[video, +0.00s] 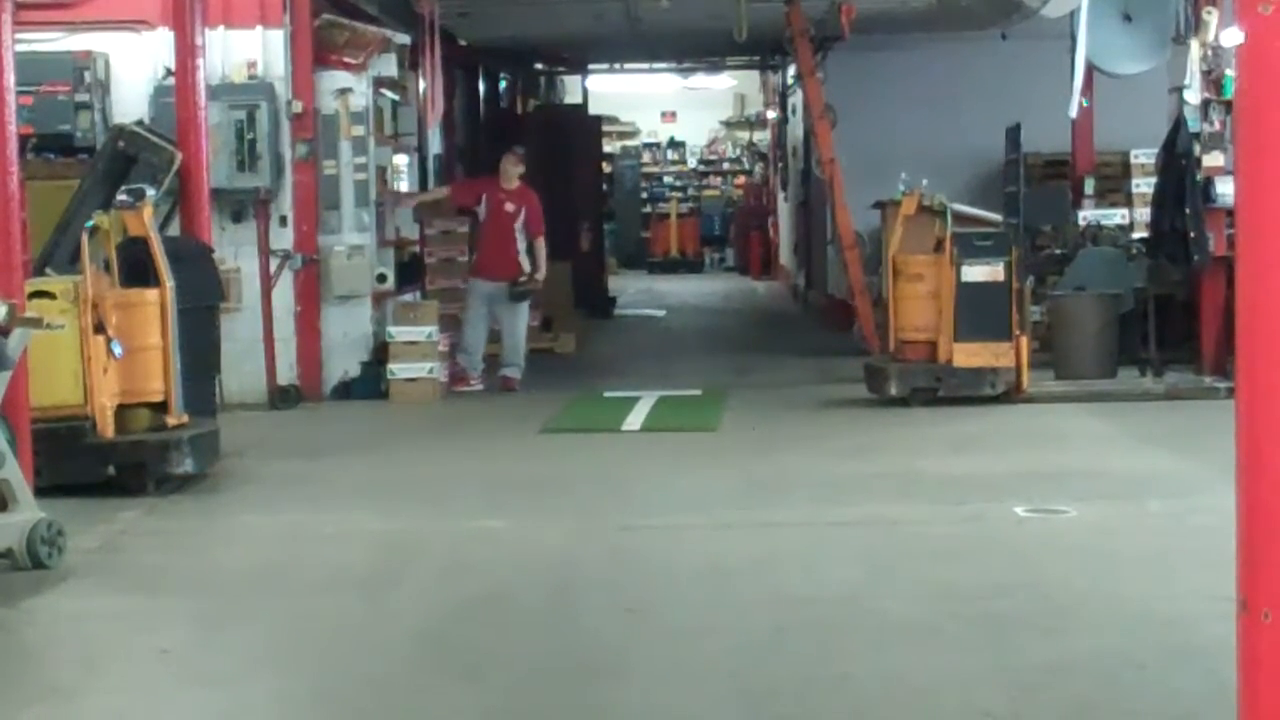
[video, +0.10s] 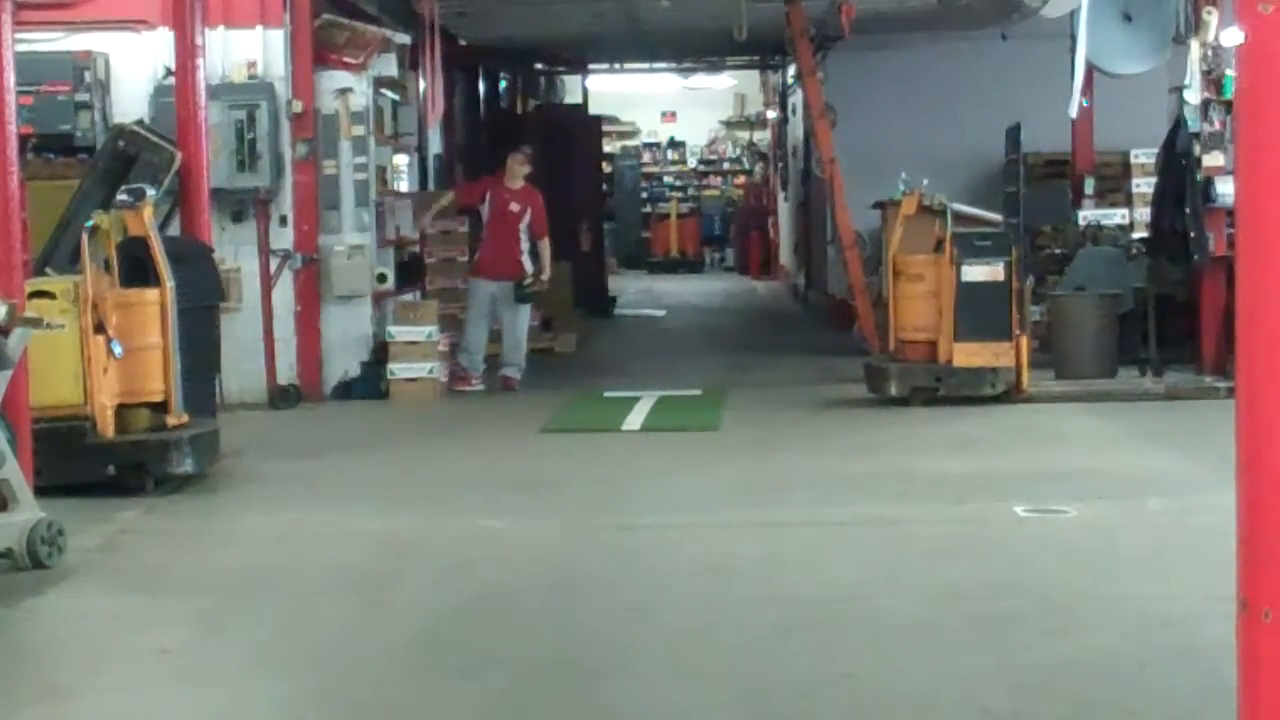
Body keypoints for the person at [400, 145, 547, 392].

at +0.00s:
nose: (509, 166)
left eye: (515, 163)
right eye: (507, 161)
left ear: (522, 168)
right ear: (500, 162)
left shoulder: (528, 198)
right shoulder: (484, 187)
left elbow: (538, 237)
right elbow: (449, 191)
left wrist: (540, 271)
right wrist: (415, 198)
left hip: (514, 278)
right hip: (482, 275)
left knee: (515, 330)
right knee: (473, 326)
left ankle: (511, 373)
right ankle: (471, 373)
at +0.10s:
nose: (515, 166)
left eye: (521, 163)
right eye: (513, 161)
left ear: (528, 169)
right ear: (506, 162)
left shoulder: (533, 198)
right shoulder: (488, 187)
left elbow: (542, 237)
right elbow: (455, 195)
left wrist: (546, 270)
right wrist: (430, 213)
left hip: (515, 276)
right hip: (483, 273)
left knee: (515, 329)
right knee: (475, 324)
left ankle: (511, 373)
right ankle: (471, 372)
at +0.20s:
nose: (521, 164)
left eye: (527, 162)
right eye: (519, 159)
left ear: (533, 168)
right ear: (512, 161)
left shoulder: (537, 198)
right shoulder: (491, 186)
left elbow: (545, 238)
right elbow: (460, 205)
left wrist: (548, 272)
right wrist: (447, 233)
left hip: (519, 274)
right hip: (486, 270)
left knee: (517, 327)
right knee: (477, 322)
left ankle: (512, 372)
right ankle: (474, 370)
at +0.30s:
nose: (526, 164)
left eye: (532, 161)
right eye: (523, 158)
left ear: (537, 167)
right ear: (514, 160)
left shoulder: (539, 197)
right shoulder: (493, 187)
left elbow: (546, 237)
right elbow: (473, 216)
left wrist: (550, 272)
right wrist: (466, 243)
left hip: (522, 272)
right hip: (489, 268)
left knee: (520, 325)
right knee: (484, 320)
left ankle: (513, 371)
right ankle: (481, 368)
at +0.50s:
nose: (529, 164)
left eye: (534, 160)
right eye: (526, 157)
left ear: (540, 165)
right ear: (517, 159)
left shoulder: (544, 197)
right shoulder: (497, 187)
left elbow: (550, 237)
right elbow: (484, 219)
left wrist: (553, 271)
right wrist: (484, 250)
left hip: (528, 266)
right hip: (499, 262)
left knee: (524, 320)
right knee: (502, 312)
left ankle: (519, 368)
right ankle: (506, 364)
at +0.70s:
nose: (535, 163)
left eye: (540, 159)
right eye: (531, 158)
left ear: (547, 163)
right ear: (523, 160)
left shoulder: (552, 196)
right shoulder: (506, 188)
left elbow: (554, 236)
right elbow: (483, 216)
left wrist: (553, 267)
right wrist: (489, 247)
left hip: (539, 268)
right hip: (511, 266)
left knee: (531, 318)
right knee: (521, 315)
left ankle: (513, 368)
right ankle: (540, 363)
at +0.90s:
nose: (546, 161)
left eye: (550, 157)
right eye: (541, 156)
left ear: (556, 161)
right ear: (532, 158)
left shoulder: (561, 191)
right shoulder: (517, 186)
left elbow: (567, 226)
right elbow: (498, 220)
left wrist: (558, 252)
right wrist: (519, 242)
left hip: (552, 257)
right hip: (528, 257)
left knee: (544, 315)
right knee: (538, 313)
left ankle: (516, 364)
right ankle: (549, 368)